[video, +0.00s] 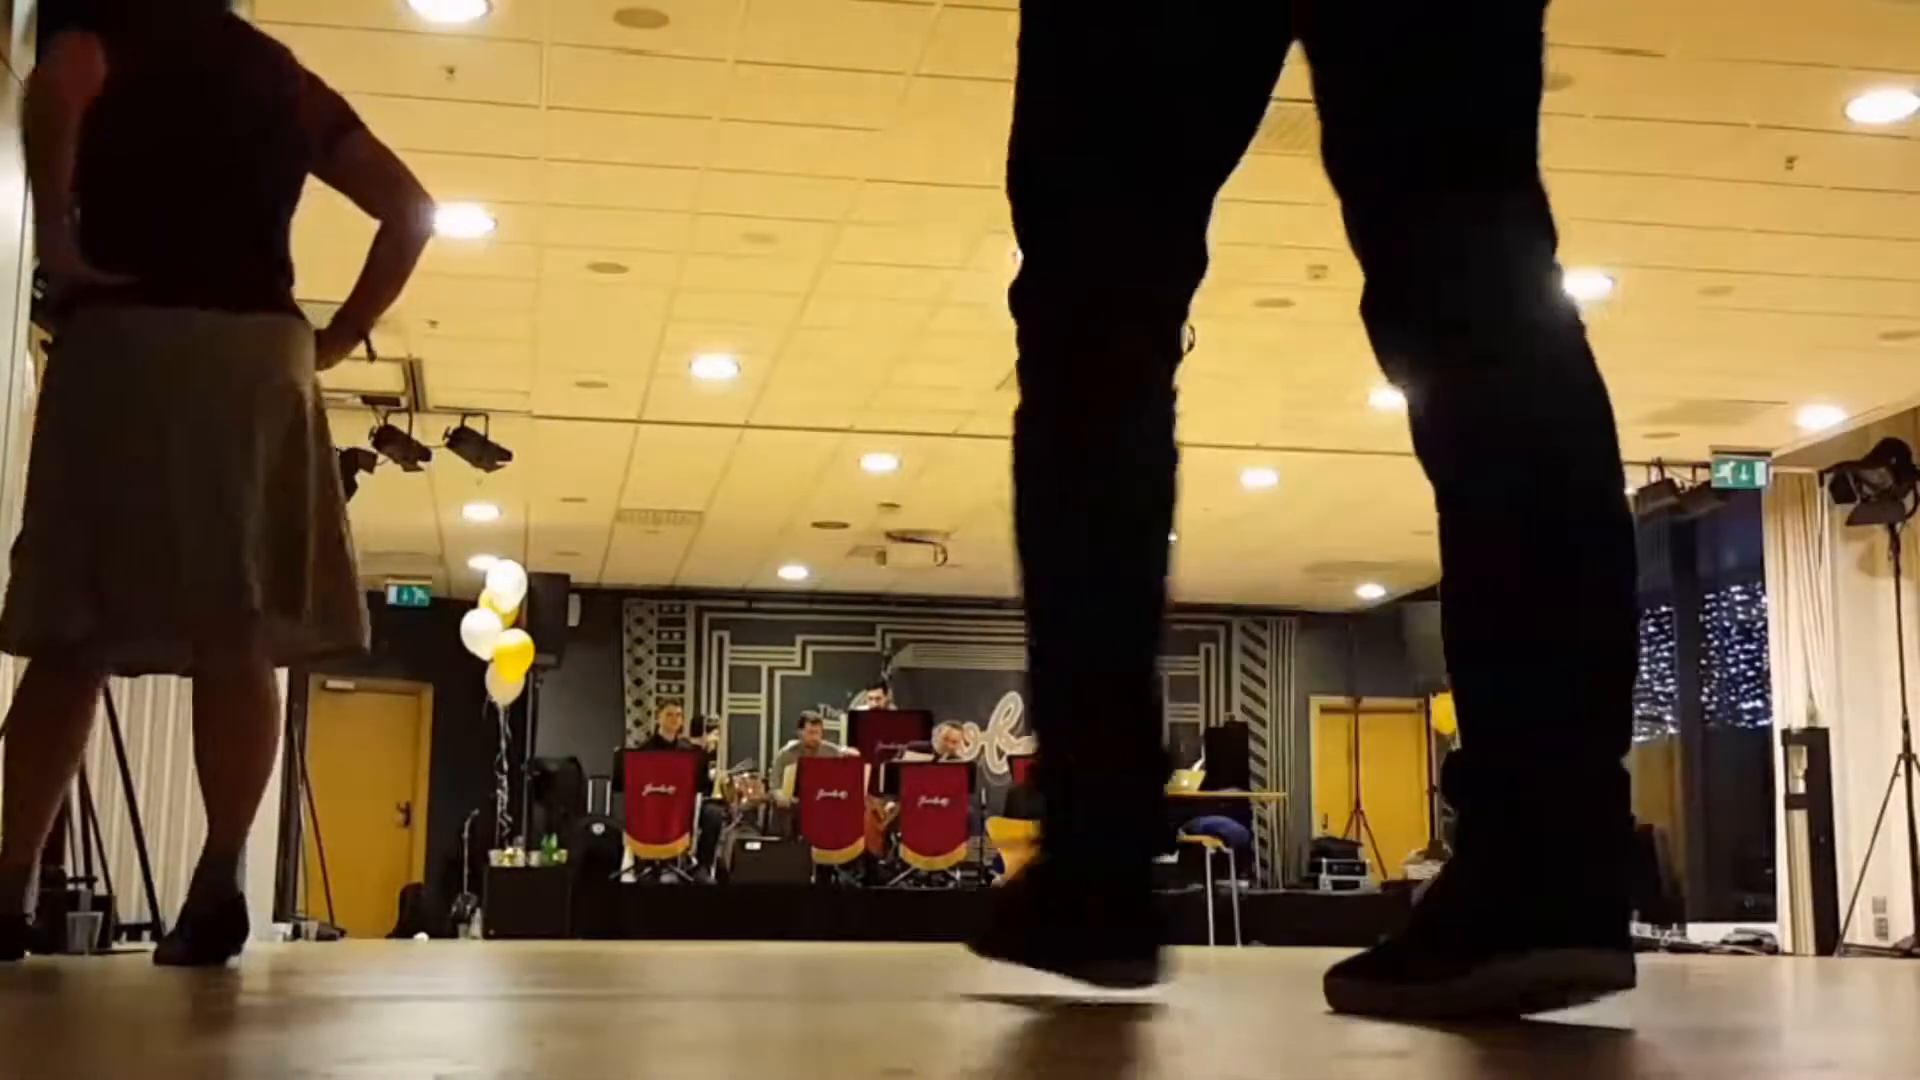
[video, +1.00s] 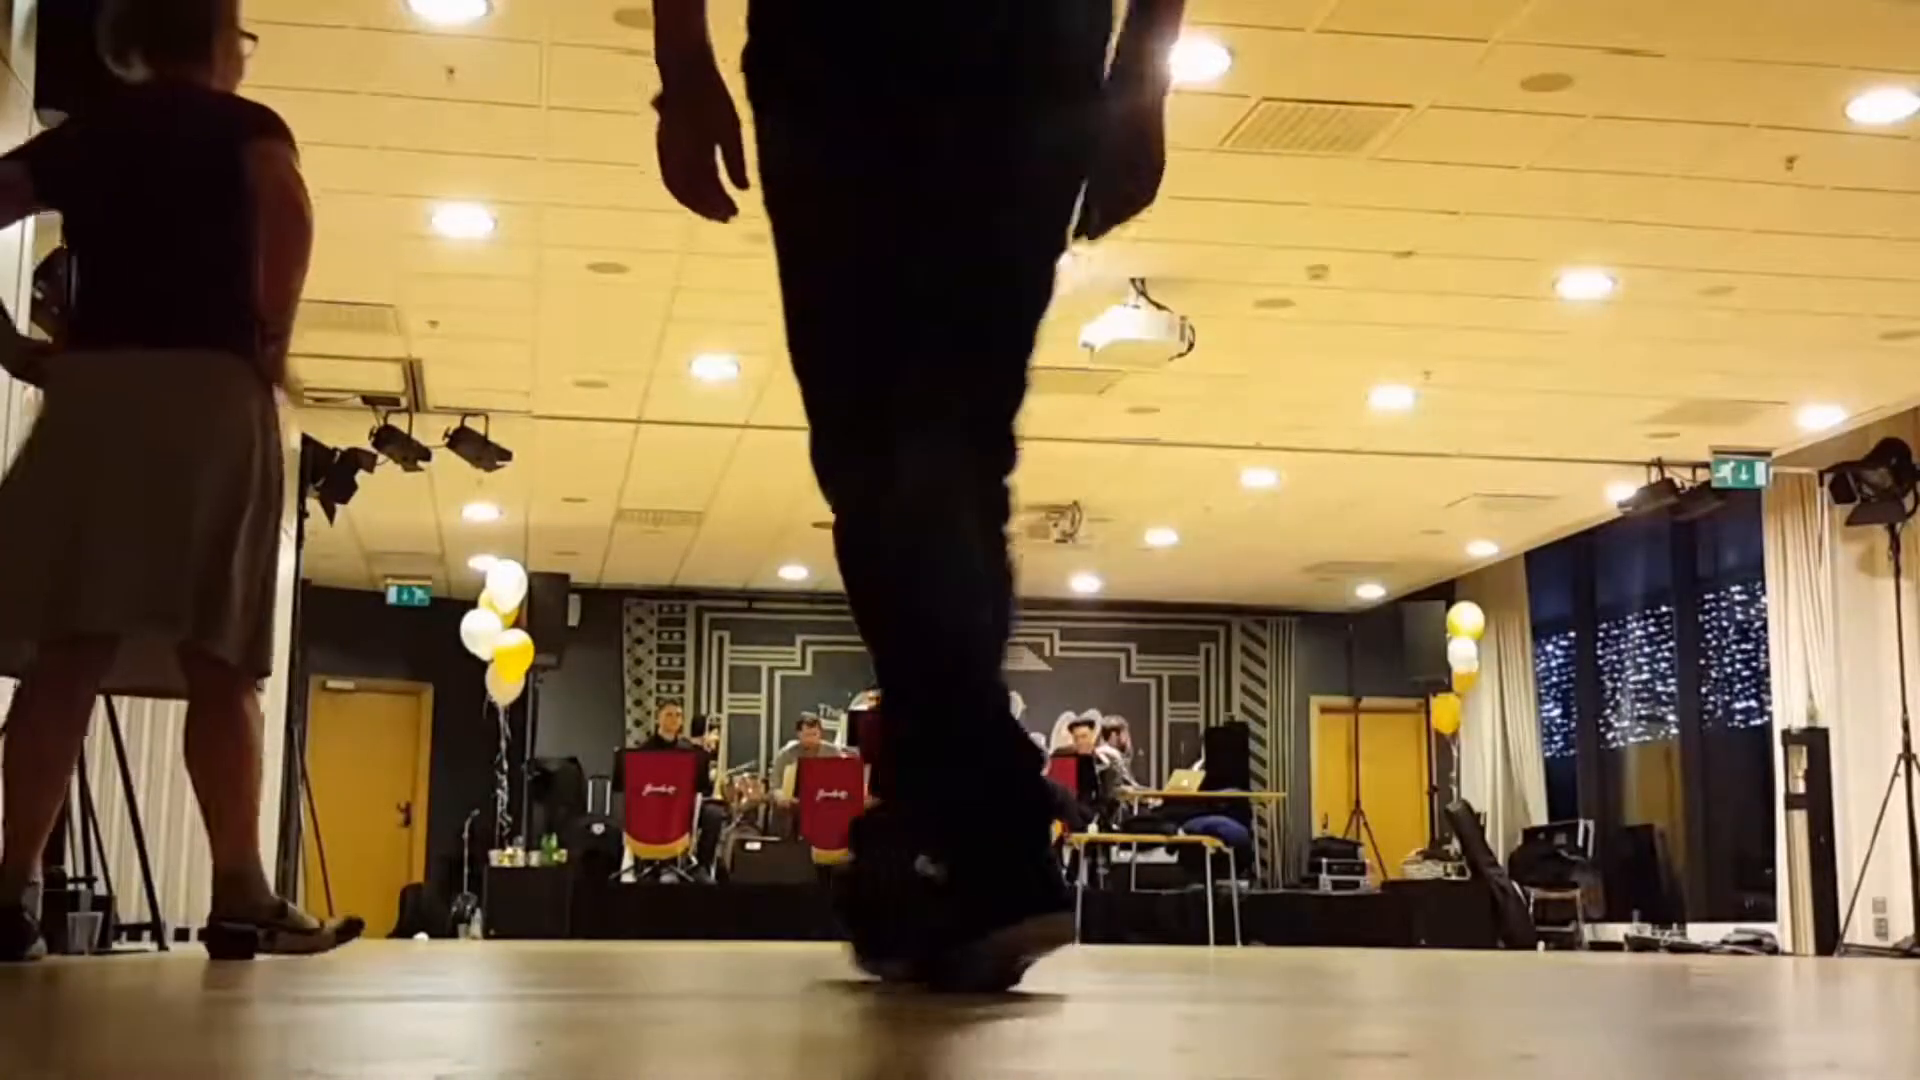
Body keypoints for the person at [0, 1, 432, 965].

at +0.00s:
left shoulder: (95, 18)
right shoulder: (276, 70)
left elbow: (59, 90)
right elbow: (411, 211)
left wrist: (57, 241)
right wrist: (340, 332)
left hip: (123, 354)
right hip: (263, 359)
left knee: (70, 644)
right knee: (238, 643)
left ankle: (9, 893)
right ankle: (220, 887)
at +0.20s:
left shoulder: (46, 60)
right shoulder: (235, 79)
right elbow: (361, 199)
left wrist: (11, 288)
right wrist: (312, 327)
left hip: (74, 360)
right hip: (215, 368)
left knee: (49, 643)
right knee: (198, 631)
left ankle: (9, 896)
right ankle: (200, 868)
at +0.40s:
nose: (184, 19)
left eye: (183, 12)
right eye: (184, 11)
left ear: (63, 5)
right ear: (164, 10)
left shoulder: (19, 87)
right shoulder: (202, 90)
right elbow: (308, 196)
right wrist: (282, 329)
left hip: (40, 366)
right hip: (175, 373)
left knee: (36, 634)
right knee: (197, 624)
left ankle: (12, 892)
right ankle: (145, 827)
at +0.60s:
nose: (178, 28)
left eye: (176, 16)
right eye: (176, 15)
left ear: (59, 18)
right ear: (155, 18)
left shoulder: (17, 100)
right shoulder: (192, 94)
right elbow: (272, 176)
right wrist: (254, 316)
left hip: (38, 372)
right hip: (169, 374)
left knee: (38, 646)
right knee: (178, 646)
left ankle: (15, 897)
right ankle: (142, 892)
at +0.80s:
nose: (196, 37)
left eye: (193, 24)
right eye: (192, 23)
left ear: (87, 33)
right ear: (174, 26)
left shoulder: (39, 118)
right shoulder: (208, 100)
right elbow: (258, 177)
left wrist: (11, 338)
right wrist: (250, 311)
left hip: (49, 376)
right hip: (179, 376)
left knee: (48, 652)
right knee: (196, 652)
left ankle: (12, 894)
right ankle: (210, 885)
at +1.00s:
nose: (246, 56)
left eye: (242, 40)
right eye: (241, 39)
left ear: (137, 47)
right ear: (221, 41)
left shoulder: (83, 133)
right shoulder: (252, 123)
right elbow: (288, 218)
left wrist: (13, 347)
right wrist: (274, 339)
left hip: (90, 395)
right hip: (216, 399)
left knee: (62, 662)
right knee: (221, 669)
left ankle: (10, 895)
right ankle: (241, 900)